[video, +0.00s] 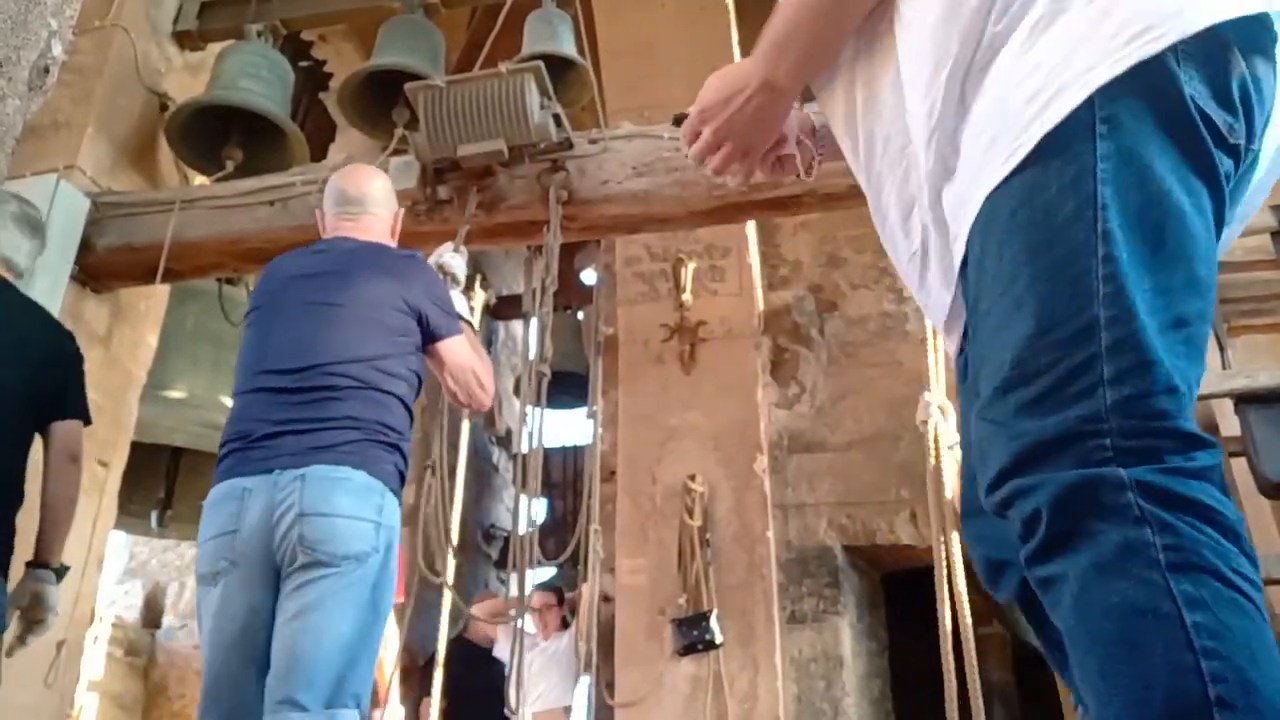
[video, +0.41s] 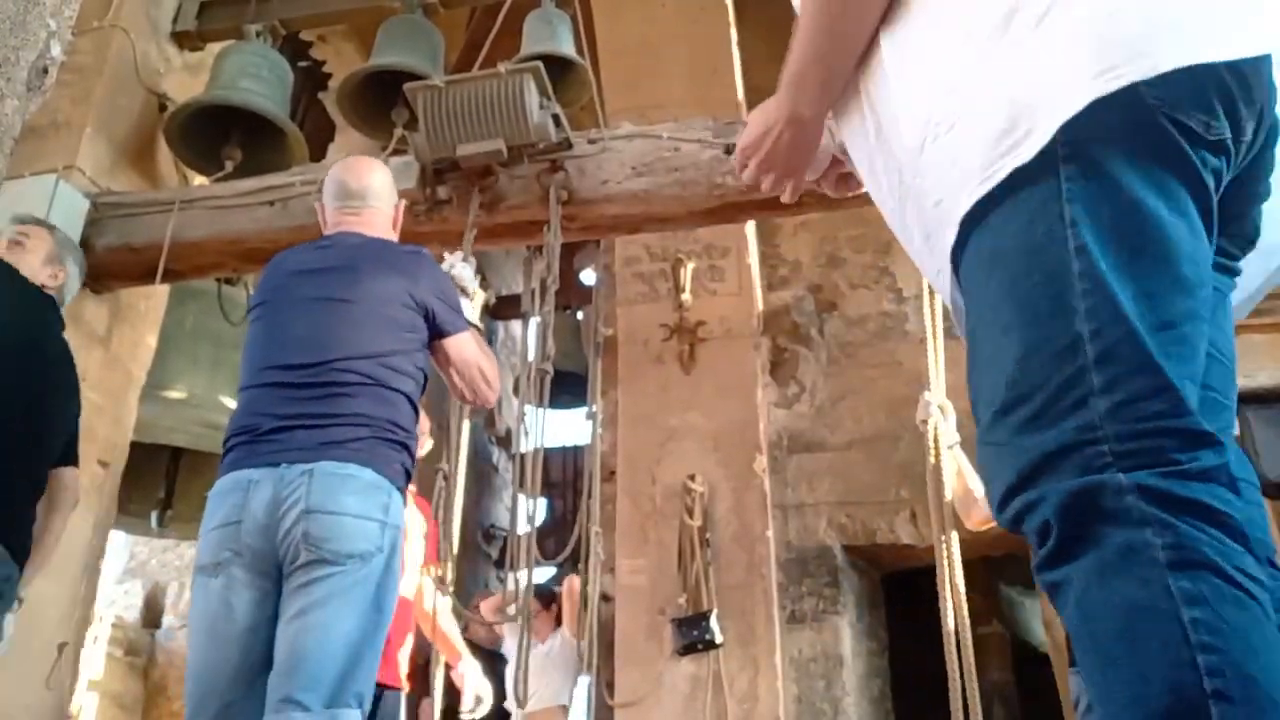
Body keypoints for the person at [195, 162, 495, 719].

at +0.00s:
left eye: (321, 215)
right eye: (400, 217)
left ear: (321, 222)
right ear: (397, 222)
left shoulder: (272, 275)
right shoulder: (411, 274)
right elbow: (478, 393)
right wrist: (439, 322)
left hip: (232, 496)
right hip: (344, 489)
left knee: (226, 708)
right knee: (308, 708)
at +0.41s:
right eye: (402, 210)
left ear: (322, 216)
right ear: (398, 215)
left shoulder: (275, 271)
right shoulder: (415, 270)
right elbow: (483, 390)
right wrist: (442, 326)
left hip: (238, 488)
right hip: (352, 487)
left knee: (216, 708)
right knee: (310, 707)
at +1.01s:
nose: (392, 214)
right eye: (392, 208)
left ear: (312, 217)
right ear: (387, 212)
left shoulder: (266, 271)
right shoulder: (407, 269)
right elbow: (474, 386)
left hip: (232, 489)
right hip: (346, 488)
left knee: (214, 709)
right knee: (308, 708)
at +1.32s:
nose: (390, 215)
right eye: (390, 208)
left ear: (310, 218)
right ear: (385, 211)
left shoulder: (265, 270)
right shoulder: (405, 266)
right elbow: (472, 386)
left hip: (230, 489)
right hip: (345, 485)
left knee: (214, 709)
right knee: (309, 708)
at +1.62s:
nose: (397, 214)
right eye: (398, 208)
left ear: (316, 214)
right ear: (391, 210)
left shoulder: (266, 268)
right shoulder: (407, 264)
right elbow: (473, 386)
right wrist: (414, 329)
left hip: (231, 489)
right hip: (345, 486)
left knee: (215, 709)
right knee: (310, 707)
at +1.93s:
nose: (413, 223)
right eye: (413, 217)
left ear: (332, 209)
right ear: (407, 219)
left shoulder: (276, 265)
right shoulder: (417, 264)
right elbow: (480, 386)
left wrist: (430, 369)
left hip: (233, 489)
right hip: (347, 488)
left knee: (217, 709)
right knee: (310, 707)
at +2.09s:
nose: (423, 232)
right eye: (424, 223)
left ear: (347, 207)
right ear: (420, 221)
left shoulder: (281, 265)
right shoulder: (421, 265)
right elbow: (489, 385)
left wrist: (432, 369)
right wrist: (438, 328)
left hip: (235, 489)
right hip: (348, 488)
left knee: (217, 709)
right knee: (309, 706)